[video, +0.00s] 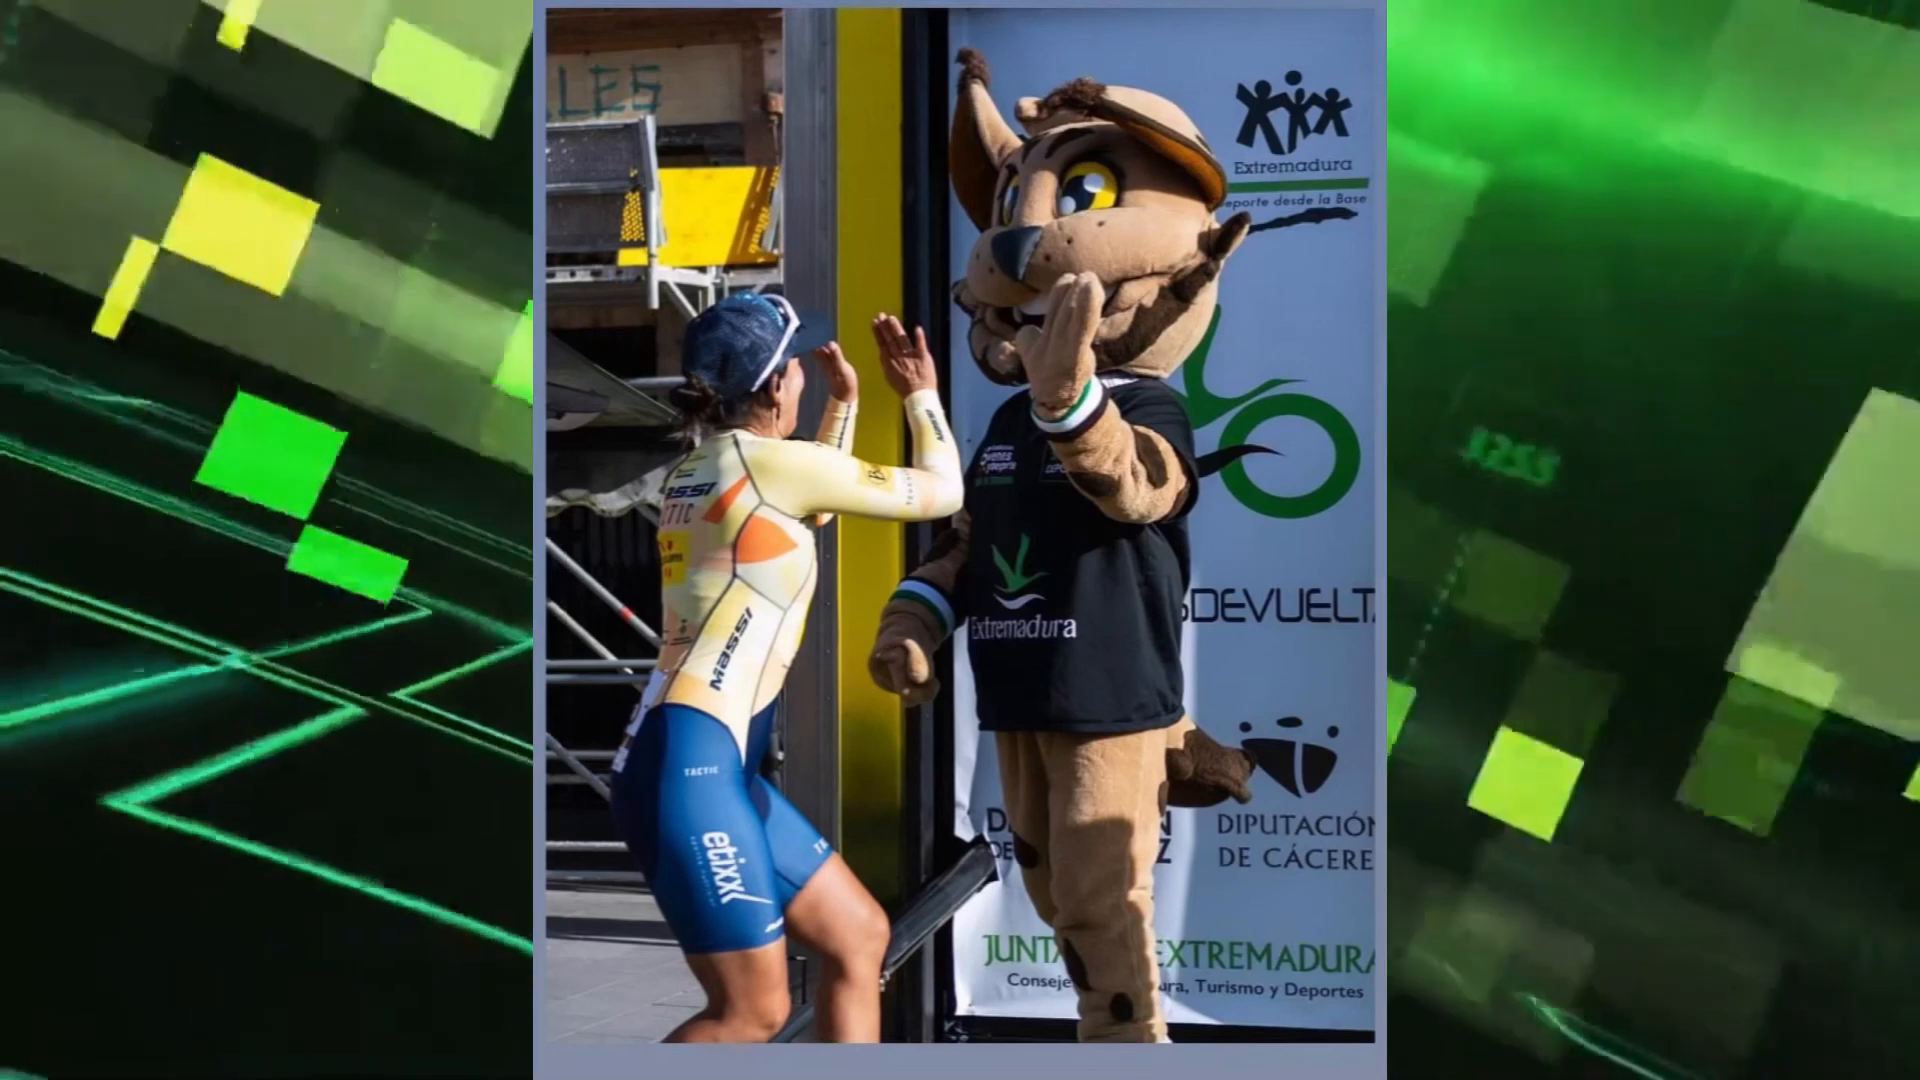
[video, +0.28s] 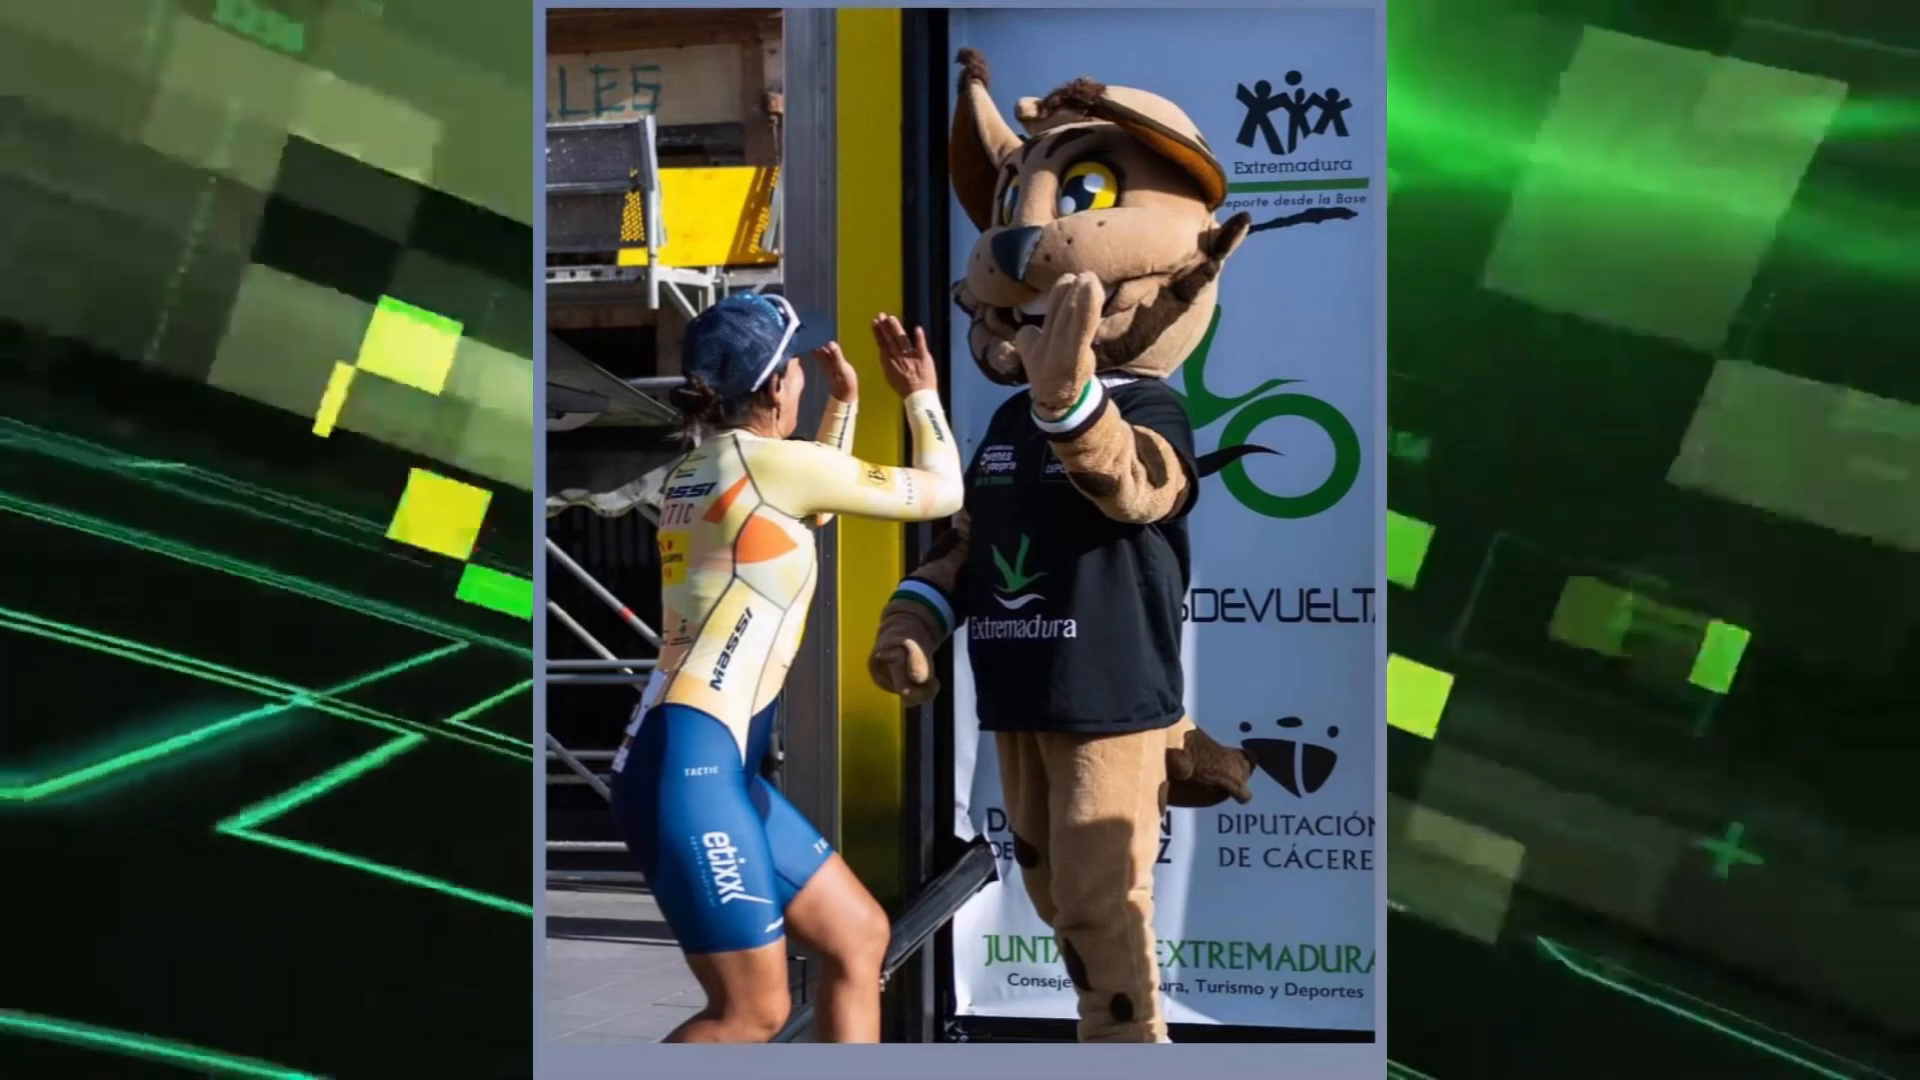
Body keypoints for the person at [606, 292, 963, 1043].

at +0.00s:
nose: (803, 377)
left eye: (799, 363)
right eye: (796, 364)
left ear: (715, 387)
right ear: (776, 380)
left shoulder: (692, 471)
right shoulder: (778, 465)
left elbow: (798, 494)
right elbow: (938, 492)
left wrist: (840, 412)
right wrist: (924, 395)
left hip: (714, 770)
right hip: (686, 774)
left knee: (860, 934)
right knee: (754, 1010)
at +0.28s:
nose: (803, 377)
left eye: (800, 363)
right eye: (796, 364)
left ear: (716, 387)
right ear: (776, 381)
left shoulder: (693, 471)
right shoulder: (778, 465)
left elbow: (801, 495)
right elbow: (939, 492)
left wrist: (840, 411)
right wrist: (924, 396)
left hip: (714, 769)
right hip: (686, 774)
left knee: (860, 933)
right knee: (754, 1009)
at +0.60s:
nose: (803, 377)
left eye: (799, 363)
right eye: (796, 364)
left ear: (715, 387)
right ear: (776, 380)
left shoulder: (692, 471)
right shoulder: (778, 465)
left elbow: (798, 494)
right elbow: (938, 492)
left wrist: (840, 412)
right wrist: (924, 396)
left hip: (714, 770)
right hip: (686, 774)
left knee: (860, 934)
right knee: (754, 1010)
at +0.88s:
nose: (803, 377)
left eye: (800, 363)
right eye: (796, 364)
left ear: (715, 387)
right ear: (776, 380)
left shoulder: (692, 471)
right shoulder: (778, 465)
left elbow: (798, 494)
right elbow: (938, 492)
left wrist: (840, 412)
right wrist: (924, 395)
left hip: (714, 770)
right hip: (686, 774)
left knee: (860, 934)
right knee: (754, 1010)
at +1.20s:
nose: (803, 377)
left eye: (799, 363)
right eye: (796, 364)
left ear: (715, 387)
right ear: (776, 380)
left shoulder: (692, 471)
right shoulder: (778, 465)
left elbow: (798, 494)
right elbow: (938, 492)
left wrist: (840, 412)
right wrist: (924, 395)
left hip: (714, 770)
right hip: (686, 774)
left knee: (860, 934)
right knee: (754, 1010)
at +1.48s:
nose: (803, 377)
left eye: (800, 363)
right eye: (796, 364)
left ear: (715, 387)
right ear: (776, 380)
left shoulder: (692, 471)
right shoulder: (778, 465)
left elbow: (797, 494)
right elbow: (938, 492)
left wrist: (840, 412)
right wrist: (924, 396)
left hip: (714, 770)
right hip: (686, 774)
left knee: (860, 934)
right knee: (754, 1010)